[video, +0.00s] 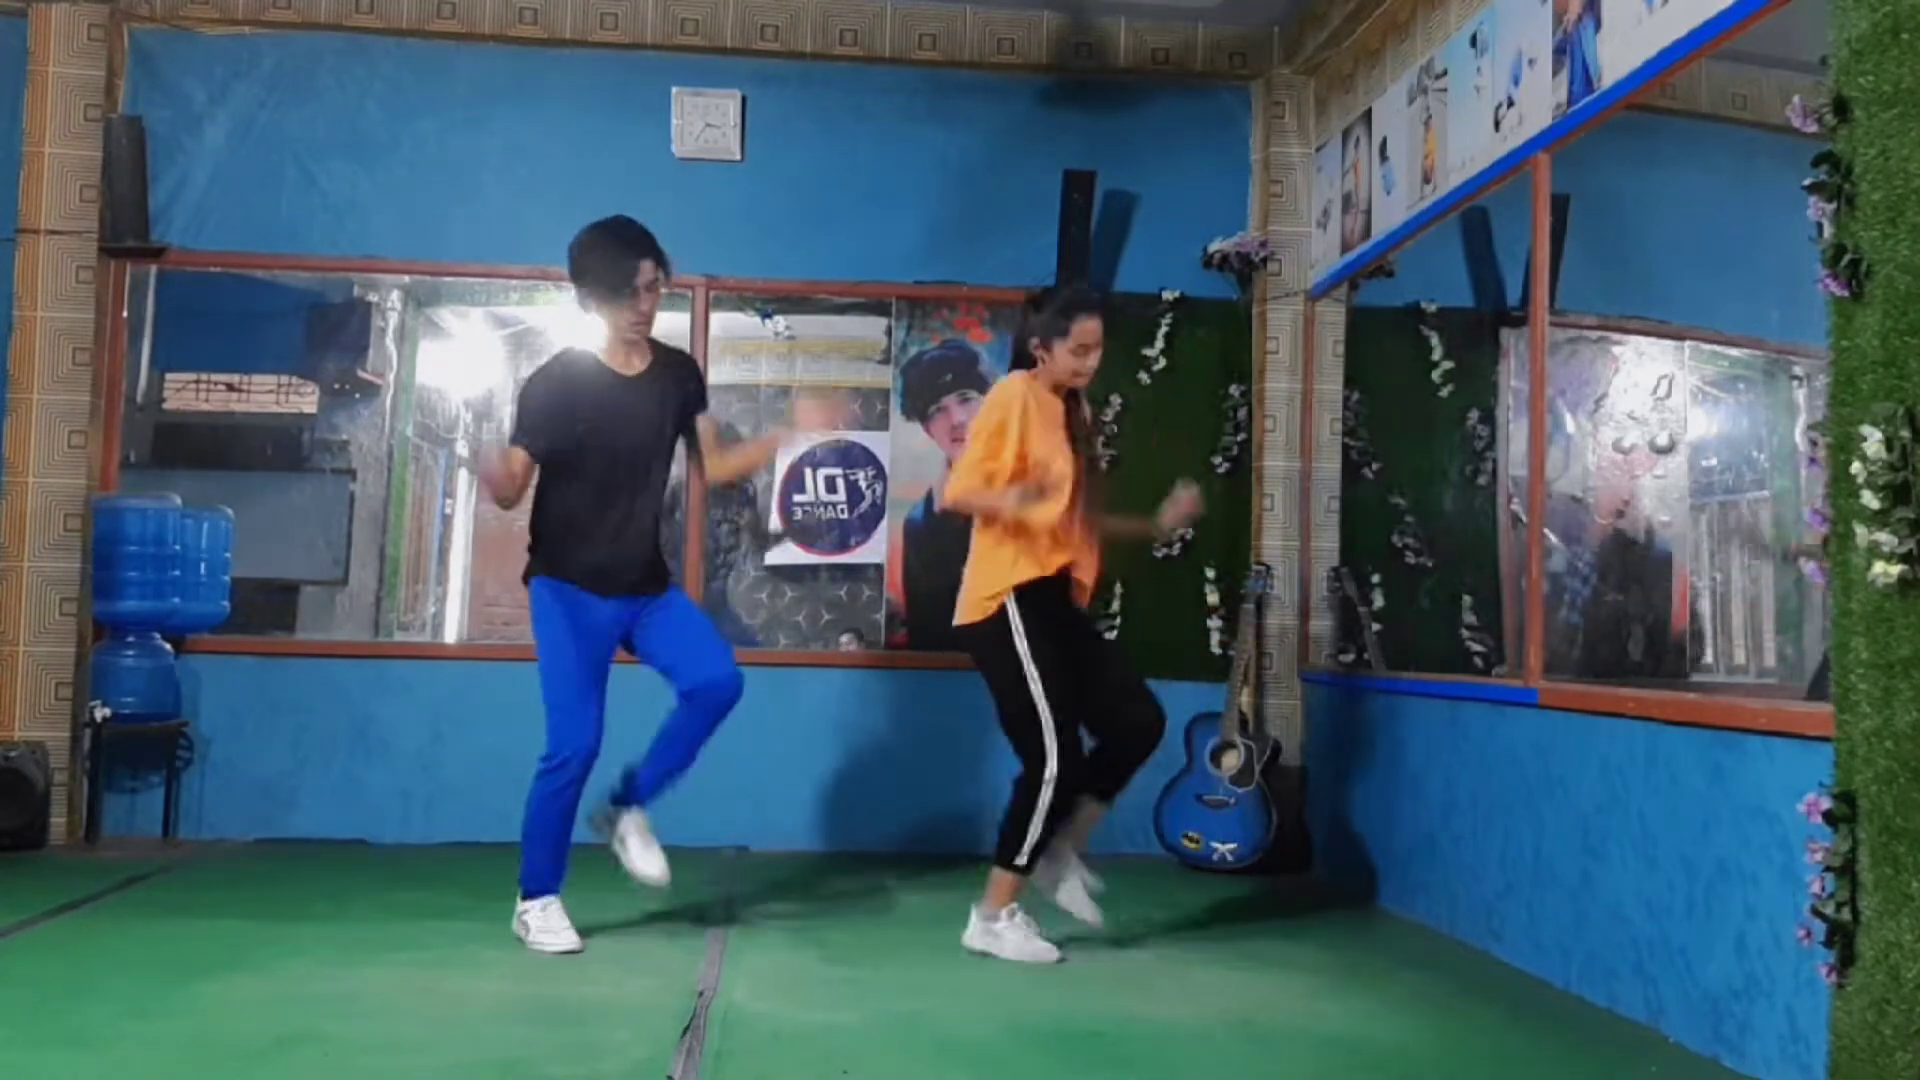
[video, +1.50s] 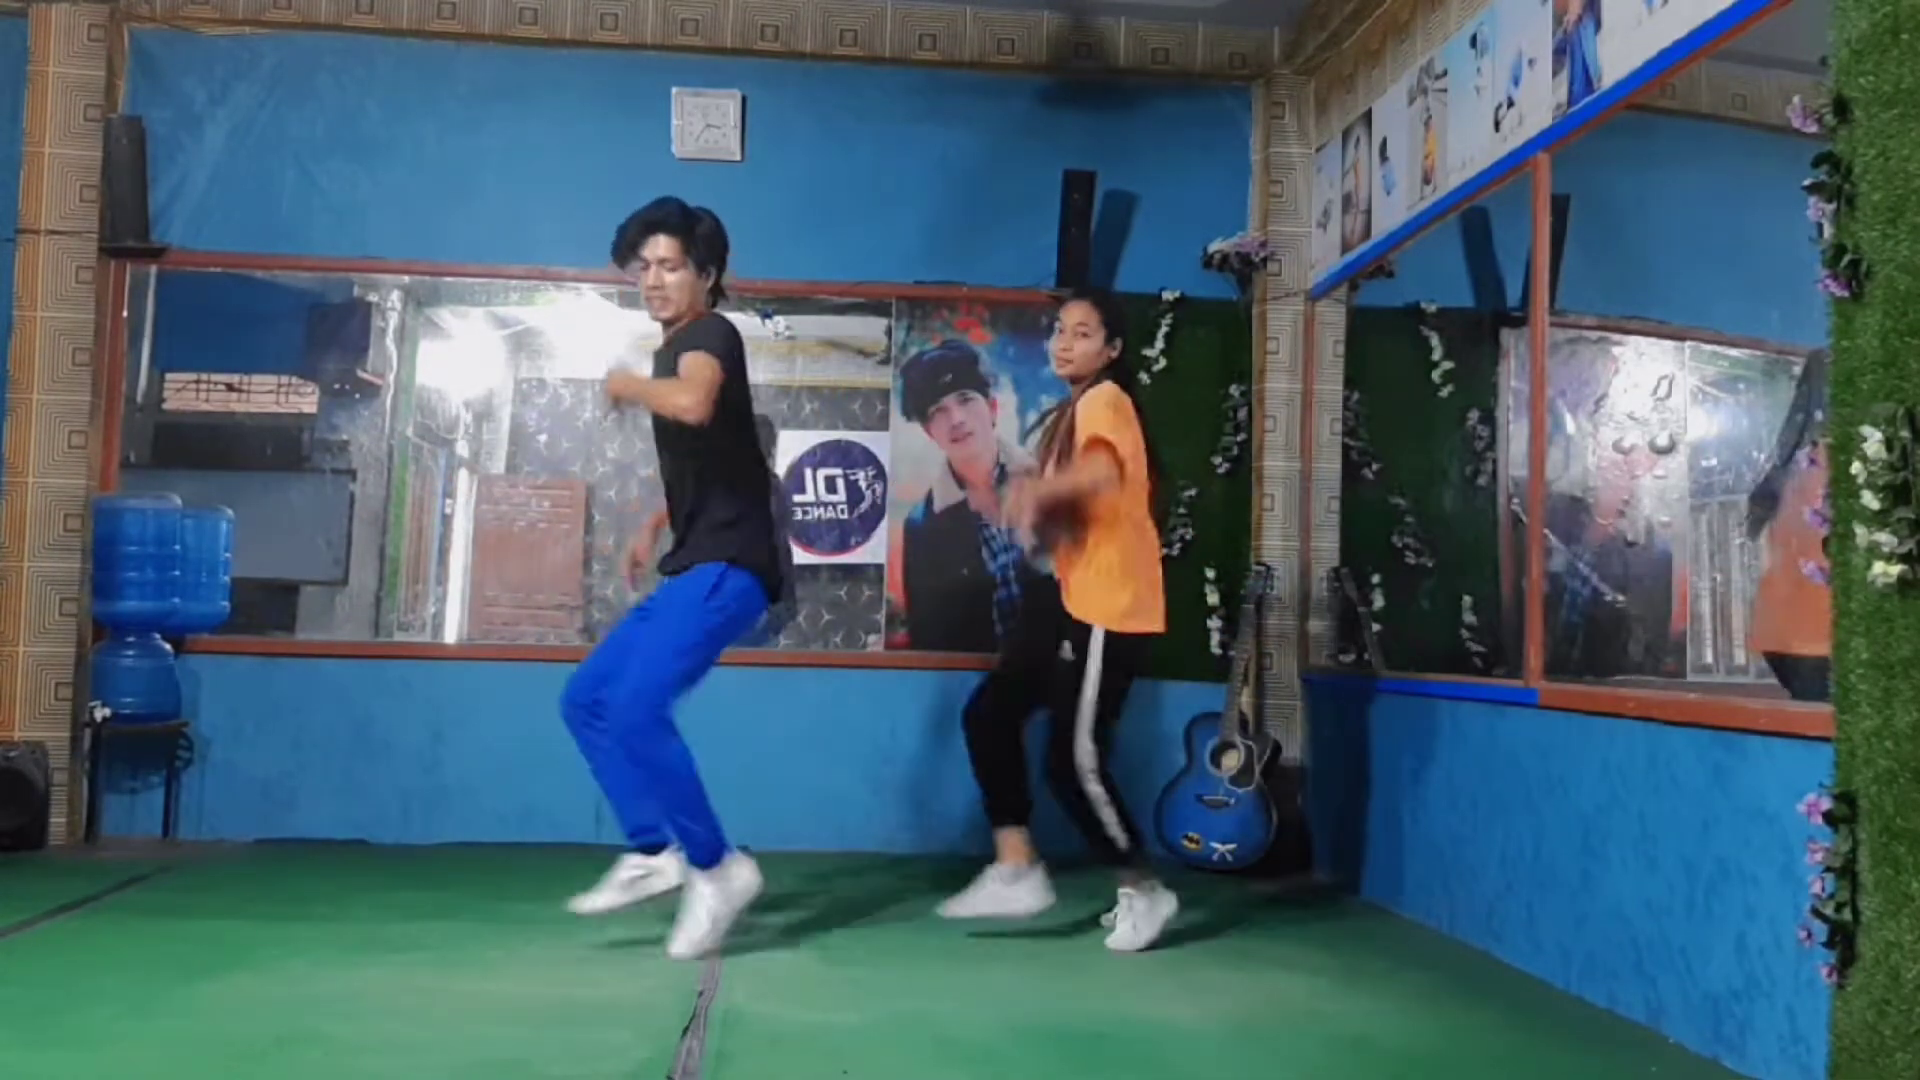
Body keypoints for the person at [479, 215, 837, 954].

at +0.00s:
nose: (647, 306)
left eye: (655, 289)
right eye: (630, 292)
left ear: (665, 290)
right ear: (591, 296)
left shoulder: (678, 373)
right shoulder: (556, 383)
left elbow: (715, 466)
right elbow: (510, 492)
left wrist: (783, 435)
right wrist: (492, 466)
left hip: (650, 591)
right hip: (568, 591)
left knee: (717, 683)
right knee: (573, 744)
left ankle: (628, 806)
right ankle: (537, 899)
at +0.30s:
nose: (630, 326)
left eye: (633, 309)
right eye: (614, 314)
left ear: (637, 307)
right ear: (573, 322)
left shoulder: (672, 389)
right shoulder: (541, 415)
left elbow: (704, 486)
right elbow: (508, 514)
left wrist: (770, 492)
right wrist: (446, 517)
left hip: (655, 610)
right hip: (584, 604)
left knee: (597, 765)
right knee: (645, 715)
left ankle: (501, 888)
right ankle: (637, 878)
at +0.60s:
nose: (652, 259)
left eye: (668, 246)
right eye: (639, 246)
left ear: (693, 265)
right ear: (619, 263)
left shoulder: (727, 340)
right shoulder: (589, 345)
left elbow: (819, 398)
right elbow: (550, 416)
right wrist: (530, 448)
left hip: (697, 560)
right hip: (609, 560)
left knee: (684, 695)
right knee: (568, 690)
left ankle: (694, 839)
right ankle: (597, 844)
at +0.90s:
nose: (664, 292)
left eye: (681, 278)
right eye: (655, 280)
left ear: (720, 290)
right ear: (646, 292)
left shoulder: (732, 370)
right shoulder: (657, 388)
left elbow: (718, 460)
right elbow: (606, 479)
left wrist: (650, 443)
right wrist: (520, 479)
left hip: (726, 598)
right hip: (667, 598)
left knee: (692, 753)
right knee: (572, 712)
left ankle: (745, 909)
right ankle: (574, 883)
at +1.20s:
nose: (664, 296)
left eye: (680, 283)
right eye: (655, 283)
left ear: (719, 291)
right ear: (647, 291)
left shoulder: (735, 365)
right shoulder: (682, 377)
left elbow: (792, 464)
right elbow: (686, 495)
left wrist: (741, 559)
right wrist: (649, 590)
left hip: (706, 595)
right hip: (669, 596)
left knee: (620, 745)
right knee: (661, 755)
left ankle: (550, 915)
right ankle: (736, 903)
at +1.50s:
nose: (653, 280)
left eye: (668, 266)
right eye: (643, 267)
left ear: (706, 273)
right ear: (636, 276)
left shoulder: (709, 334)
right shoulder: (676, 351)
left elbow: (696, 405)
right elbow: (698, 464)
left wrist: (630, 386)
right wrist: (653, 527)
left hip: (734, 563)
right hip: (698, 564)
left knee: (633, 706)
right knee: (586, 699)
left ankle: (719, 867)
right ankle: (653, 850)